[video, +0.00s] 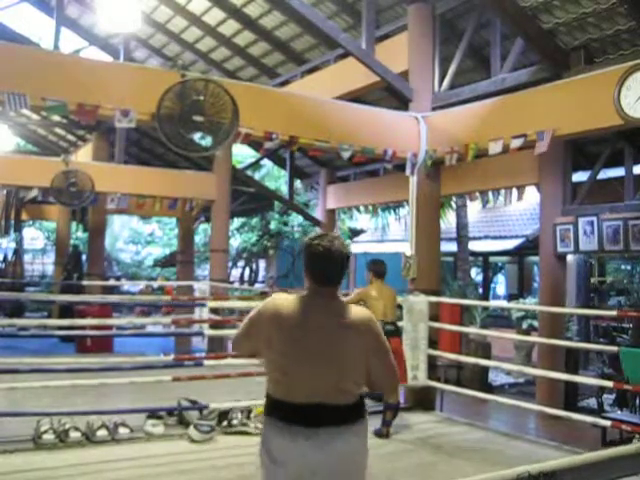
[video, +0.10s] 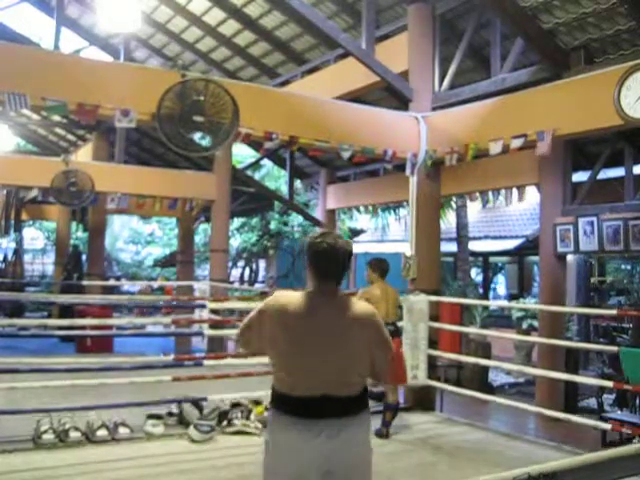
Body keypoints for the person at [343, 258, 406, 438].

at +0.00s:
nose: (367, 275)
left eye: (368, 273)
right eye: (368, 273)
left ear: (371, 274)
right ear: (384, 274)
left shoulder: (366, 291)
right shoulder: (391, 292)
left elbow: (345, 302)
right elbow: (394, 310)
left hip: (376, 328)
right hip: (393, 327)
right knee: (394, 371)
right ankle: (386, 426)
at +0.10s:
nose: (367, 274)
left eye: (368, 270)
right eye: (368, 270)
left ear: (373, 272)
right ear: (385, 272)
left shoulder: (366, 293)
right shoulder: (393, 292)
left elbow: (358, 315)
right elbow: (398, 312)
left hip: (376, 331)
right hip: (393, 330)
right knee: (392, 381)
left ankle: (385, 424)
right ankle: (386, 426)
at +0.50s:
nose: (361, 274)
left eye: (363, 271)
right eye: (361, 271)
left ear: (370, 272)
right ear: (377, 273)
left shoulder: (370, 293)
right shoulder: (388, 293)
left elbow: (366, 318)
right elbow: (395, 316)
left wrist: (360, 329)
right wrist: (385, 323)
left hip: (373, 333)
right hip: (387, 332)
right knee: (386, 381)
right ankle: (384, 426)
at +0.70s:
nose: (355, 275)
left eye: (359, 271)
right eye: (354, 270)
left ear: (368, 273)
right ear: (358, 272)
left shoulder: (368, 295)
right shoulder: (375, 293)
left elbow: (372, 322)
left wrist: (358, 333)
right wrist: (349, 324)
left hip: (365, 342)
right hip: (375, 340)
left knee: (356, 389)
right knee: (374, 386)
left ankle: (361, 434)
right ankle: (381, 427)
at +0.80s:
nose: (353, 275)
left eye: (358, 271)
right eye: (352, 271)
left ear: (367, 274)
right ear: (353, 272)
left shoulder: (370, 294)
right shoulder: (358, 294)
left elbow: (373, 323)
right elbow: (358, 319)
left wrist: (355, 332)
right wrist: (344, 321)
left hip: (367, 343)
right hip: (359, 342)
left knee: (359, 389)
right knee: (364, 388)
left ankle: (362, 434)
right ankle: (376, 426)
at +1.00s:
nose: (353, 275)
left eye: (357, 271)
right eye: (351, 270)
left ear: (365, 274)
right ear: (349, 271)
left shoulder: (369, 293)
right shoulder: (350, 292)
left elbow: (374, 320)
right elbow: (349, 316)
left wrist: (363, 331)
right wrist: (339, 326)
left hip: (362, 343)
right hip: (348, 342)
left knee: (359, 390)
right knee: (344, 390)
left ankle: (362, 433)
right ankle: (355, 425)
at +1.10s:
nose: (352, 275)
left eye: (356, 271)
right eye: (350, 270)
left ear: (363, 273)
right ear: (348, 272)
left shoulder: (369, 293)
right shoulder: (344, 294)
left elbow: (374, 319)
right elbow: (345, 319)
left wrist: (365, 335)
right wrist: (336, 329)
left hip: (361, 345)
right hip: (343, 345)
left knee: (360, 392)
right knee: (333, 392)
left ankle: (362, 435)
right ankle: (339, 431)